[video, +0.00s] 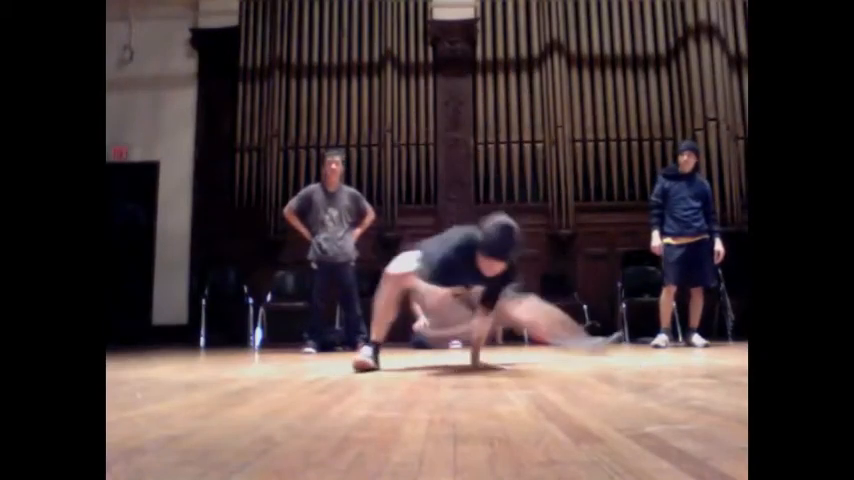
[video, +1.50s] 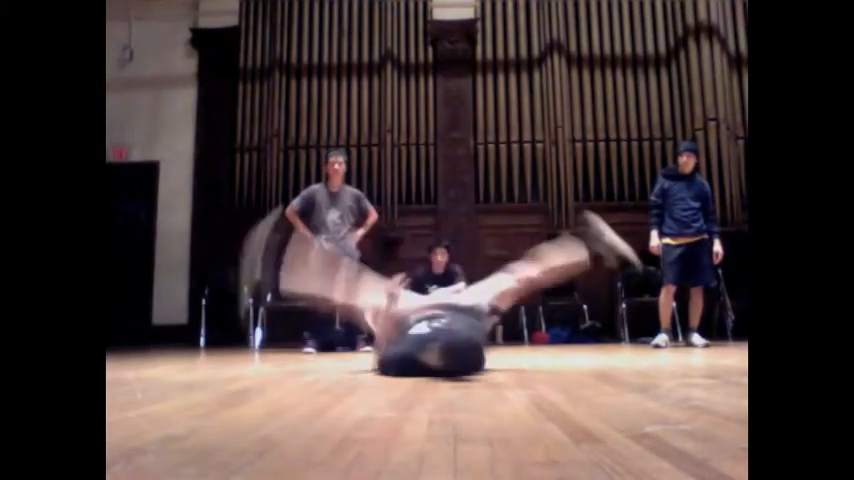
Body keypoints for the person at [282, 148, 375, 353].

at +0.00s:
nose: (332, 168)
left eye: (336, 164)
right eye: (329, 164)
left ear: (342, 169)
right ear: (323, 168)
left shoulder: (351, 194)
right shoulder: (312, 192)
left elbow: (370, 214)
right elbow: (288, 211)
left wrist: (355, 233)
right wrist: (308, 235)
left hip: (345, 252)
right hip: (321, 252)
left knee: (351, 299)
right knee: (318, 300)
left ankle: (357, 338)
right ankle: (314, 340)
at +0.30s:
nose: (333, 168)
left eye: (336, 164)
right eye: (329, 164)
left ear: (342, 169)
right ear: (323, 169)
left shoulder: (352, 194)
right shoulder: (312, 193)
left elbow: (371, 214)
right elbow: (289, 212)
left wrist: (357, 233)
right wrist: (309, 236)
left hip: (346, 257)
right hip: (321, 257)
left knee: (350, 299)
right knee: (320, 303)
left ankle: (357, 335)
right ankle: (320, 339)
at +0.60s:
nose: (334, 167)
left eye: (338, 164)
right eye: (331, 164)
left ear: (343, 168)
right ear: (325, 168)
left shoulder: (353, 194)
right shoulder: (313, 193)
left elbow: (372, 214)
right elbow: (290, 211)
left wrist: (358, 233)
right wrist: (306, 239)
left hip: (346, 253)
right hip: (319, 252)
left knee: (352, 298)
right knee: (318, 297)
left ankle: (358, 339)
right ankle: (313, 339)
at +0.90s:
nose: (335, 167)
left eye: (339, 164)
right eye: (332, 163)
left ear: (344, 168)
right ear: (326, 168)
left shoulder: (353, 194)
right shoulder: (314, 192)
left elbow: (373, 214)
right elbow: (290, 211)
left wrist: (358, 234)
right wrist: (308, 233)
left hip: (347, 256)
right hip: (321, 256)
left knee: (350, 300)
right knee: (319, 302)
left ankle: (356, 339)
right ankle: (315, 340)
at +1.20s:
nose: (336, 167)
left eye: (339, 164)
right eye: (333, 164)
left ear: (345, 168)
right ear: (326, 168)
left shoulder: (353, 194)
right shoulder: (314, 192)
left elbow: (373, 214)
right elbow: (290, 211)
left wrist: (358, 235)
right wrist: (309, 236)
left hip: (347, 256)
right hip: (322, 256)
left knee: (349, 299)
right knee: (320, 300)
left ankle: (349, 341)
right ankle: (315, 339)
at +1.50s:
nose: (336, 167)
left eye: (340, 164)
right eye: (333, 163)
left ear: (345, 168)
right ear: (326, 167)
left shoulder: (354, 194)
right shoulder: (314, 192)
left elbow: (373, 215)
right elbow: (290, 211)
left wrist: (358, 234)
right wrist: (309, 237)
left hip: (347, 252)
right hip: (320, 250)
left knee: (349, 297)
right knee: (318, 294)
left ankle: (358, 338)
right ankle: (312, 339)